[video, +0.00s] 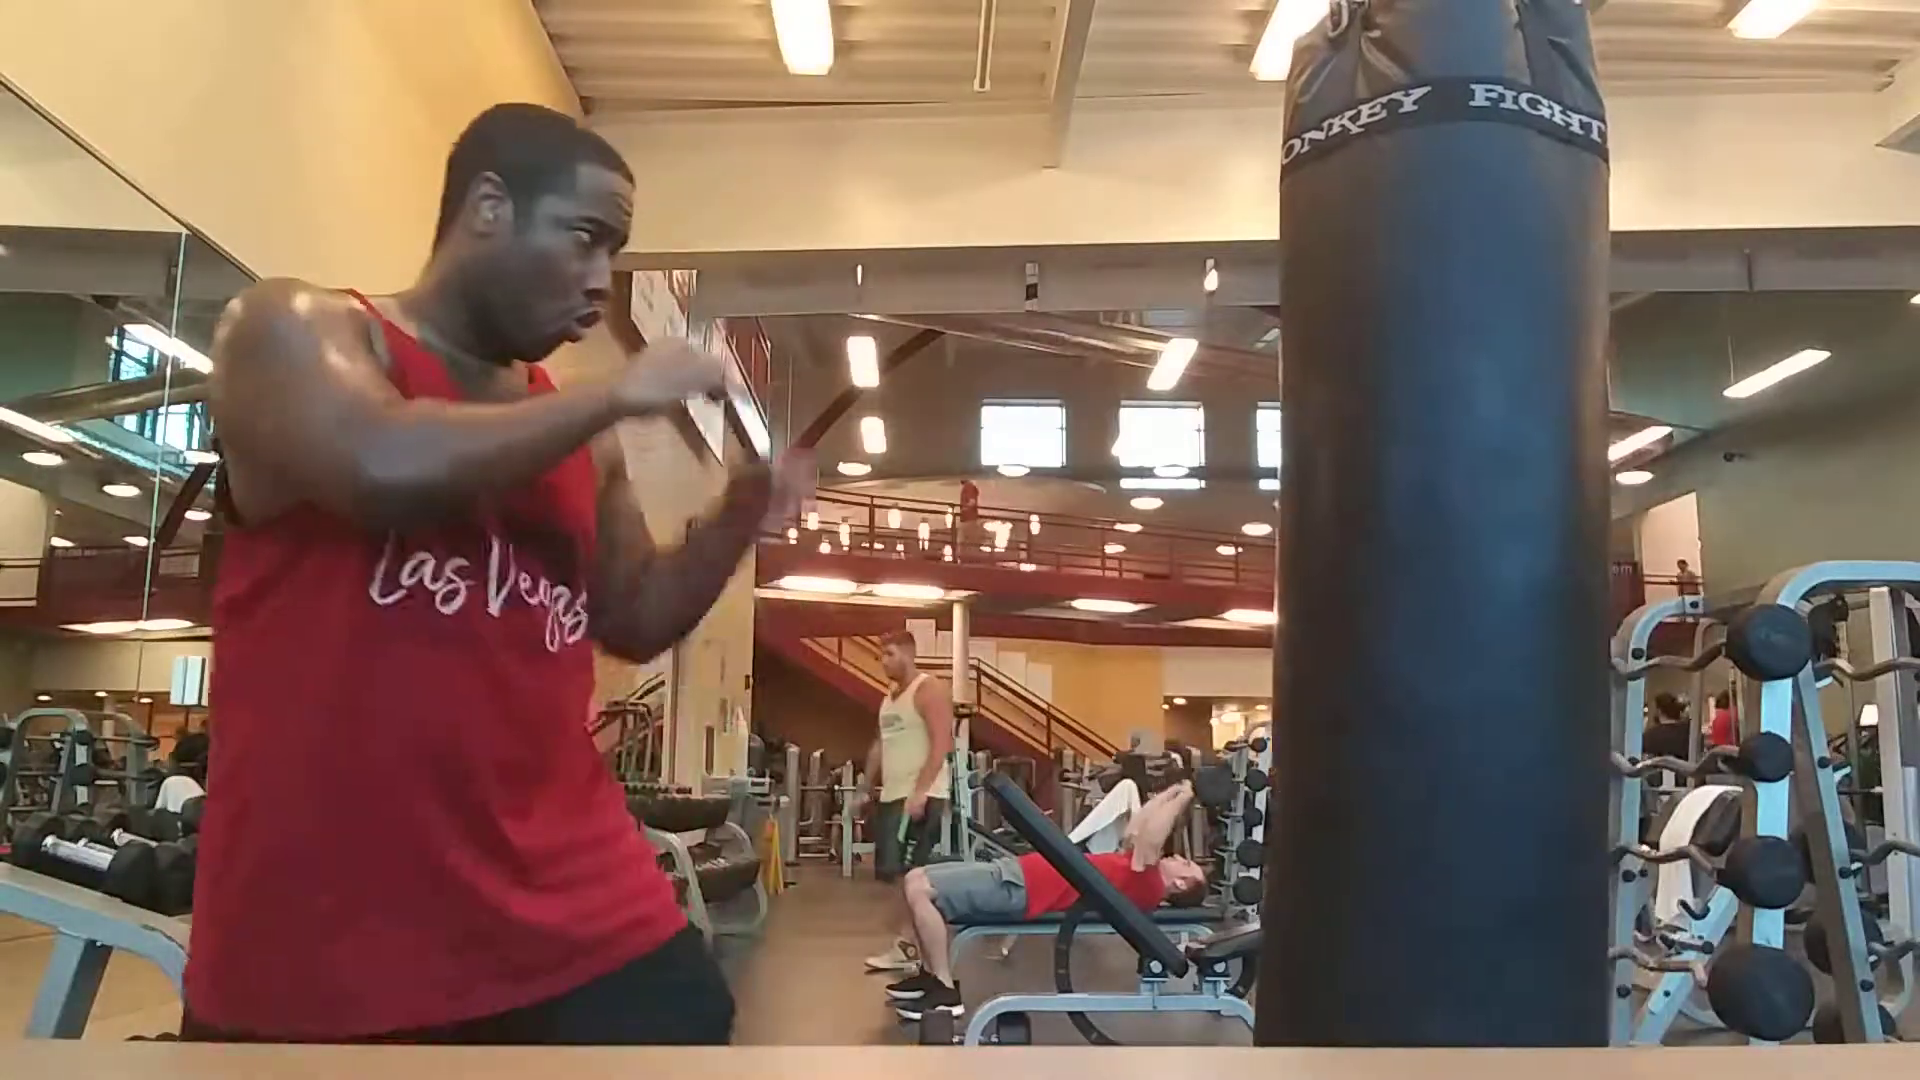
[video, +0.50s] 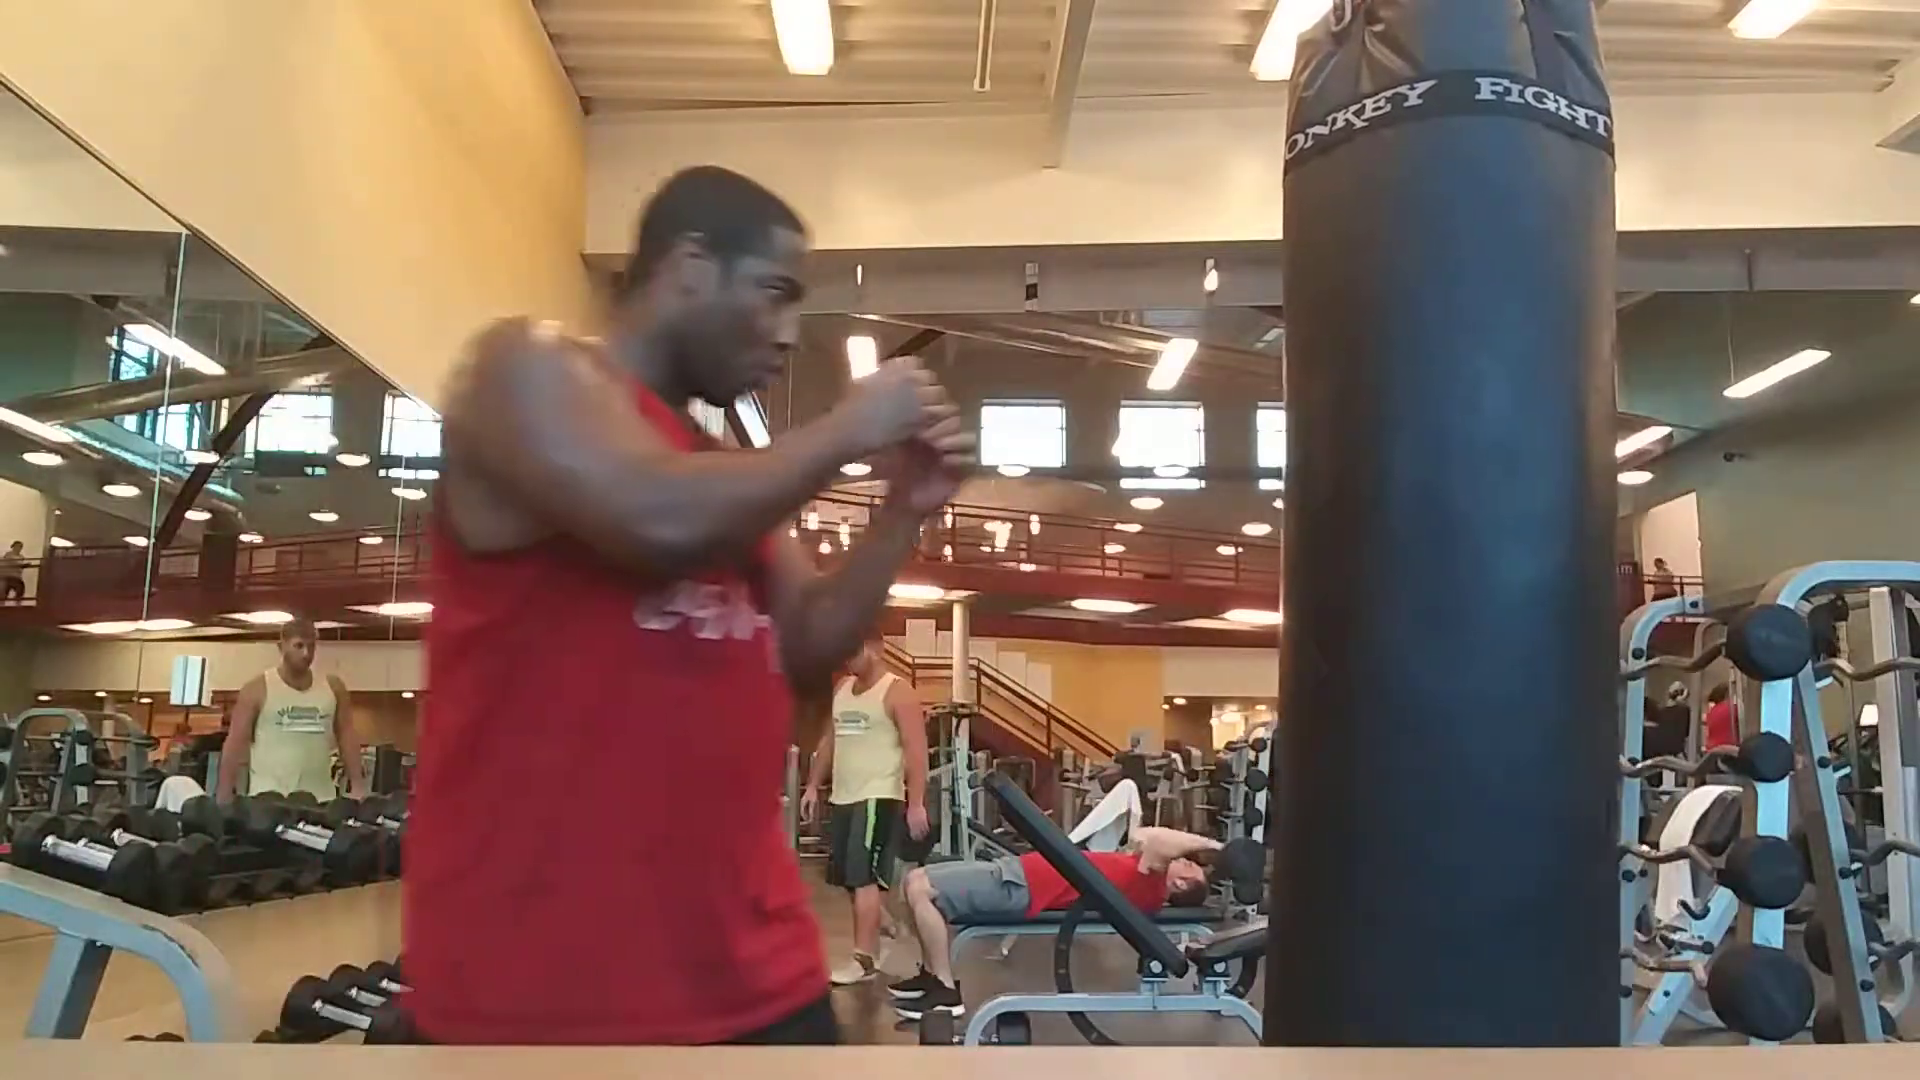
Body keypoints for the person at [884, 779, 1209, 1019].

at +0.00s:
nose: (1184, 861)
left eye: (1189, 871)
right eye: (1190, 862)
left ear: (1179, 886)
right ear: (1175, 864)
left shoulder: (1147, 886)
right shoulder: (1136, 868)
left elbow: (1150, 832)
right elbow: (1138, 822)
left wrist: (1187, 791)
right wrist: (1175, 790)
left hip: (1022, 886)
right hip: (1015, 870)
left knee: (920, 887)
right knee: (916, 879)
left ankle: (943, 986)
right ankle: (929, 974)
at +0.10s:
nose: (1181, 860)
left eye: (1187, 866)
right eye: (1187, 861)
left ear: (1179, 885)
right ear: (1175, 871)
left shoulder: (1148, 886)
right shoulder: (1139, 870)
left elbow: (1151, 833)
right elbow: (1138, 824)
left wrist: (1193, 803)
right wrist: (1178, 803)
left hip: (1022, 887)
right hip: (1015, 870)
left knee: (922, 890)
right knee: (913, 879)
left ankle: (944, 987)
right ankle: (930, 974)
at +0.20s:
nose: (1184, 862)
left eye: (1189, 868)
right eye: (1190, 863)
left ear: (1180, 884)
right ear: (1178, 872)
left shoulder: (1148, 886)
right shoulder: (1141, 870)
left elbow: (1155, 832)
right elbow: (1140, 828)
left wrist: (1201, 813)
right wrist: (1189, 819)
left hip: (1021, 886)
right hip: (1015, 869)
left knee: (921, 888)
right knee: (914, 880)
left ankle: (943, 986)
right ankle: (931, 975)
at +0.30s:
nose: (1185, 864)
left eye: (1190, 870)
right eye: (1191, 864)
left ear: (1181, 886)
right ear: (1180, 868)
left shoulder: (1149, 888)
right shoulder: (1143, 870)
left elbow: (1155, 838)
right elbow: (1140, 834)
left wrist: (1205, 825)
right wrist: (1198, 826)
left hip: (1023, 886)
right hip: (1017, 870)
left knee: (922, 889)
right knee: (915, 880)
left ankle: (945, 989)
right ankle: (933, 979)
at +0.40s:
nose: (1188, 864)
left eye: (1192, 872)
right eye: (1193, 864)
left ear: (1182, 886)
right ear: (1182, 864)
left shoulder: (1150, 887)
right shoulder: (1145, 872)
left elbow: (1153, 837)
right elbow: (1140, 836)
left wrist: (1207, 836)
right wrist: (1198, 836)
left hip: (1022, 885)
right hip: (1016, 870)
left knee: (921, 888)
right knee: (916, 879)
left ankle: (945, 989)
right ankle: (933, 980)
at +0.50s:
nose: (1188, 867)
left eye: (1193, 873)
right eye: (1193, 865)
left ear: (1184, 886)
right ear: (1184, 862)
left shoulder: (1150, 890)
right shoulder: (1145, 874)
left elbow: (1153, 838)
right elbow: (1142, 836)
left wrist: (1211, 846)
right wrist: (1195, 845)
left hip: (1023, 885)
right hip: (1018, 871)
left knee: (921, 887)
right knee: (917, 879)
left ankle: (946, 990)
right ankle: (931, 980)